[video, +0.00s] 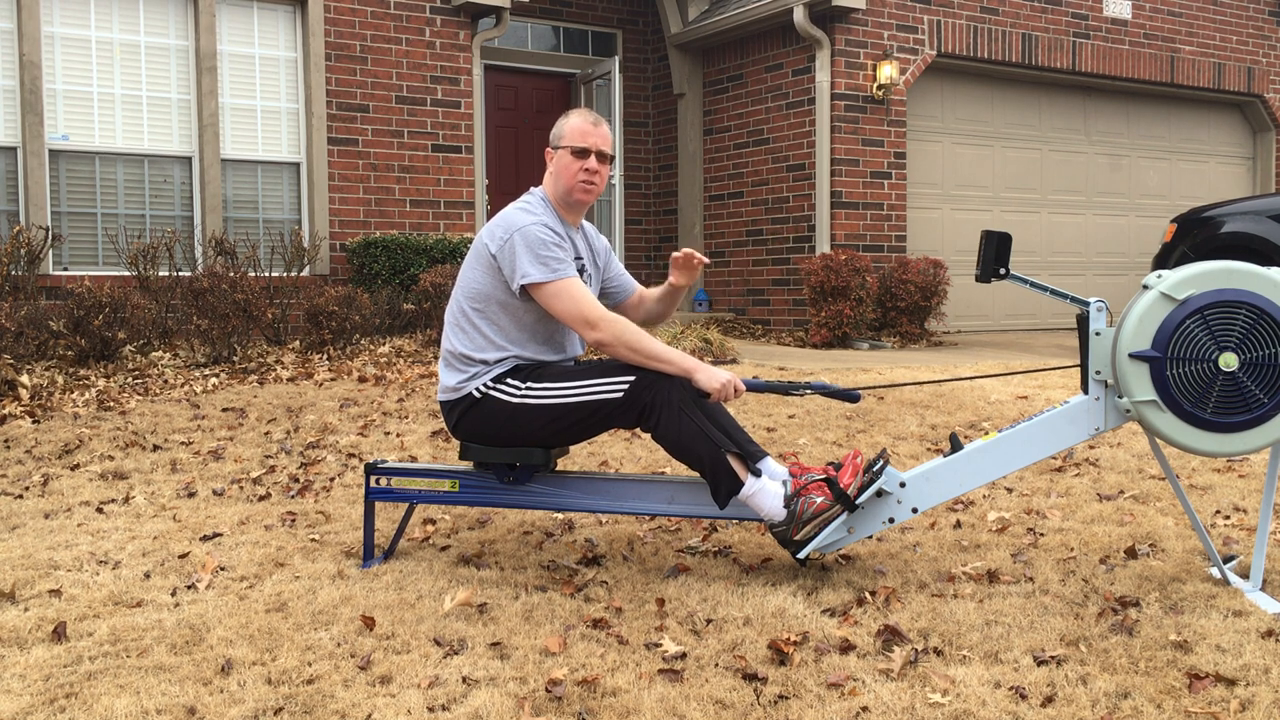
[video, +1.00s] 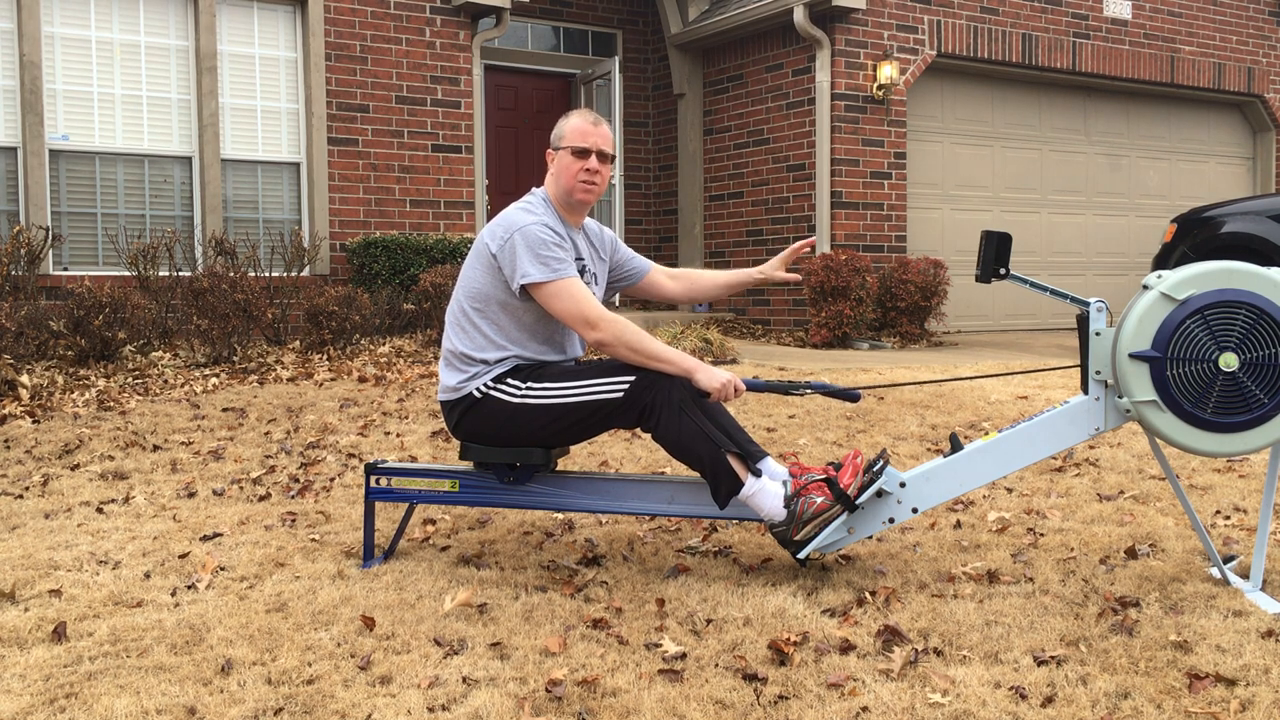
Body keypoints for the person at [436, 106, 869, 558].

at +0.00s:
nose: (593, 167)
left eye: (603, 159)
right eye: (580, 154)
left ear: (610, 171)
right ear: (549, 158)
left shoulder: (586, 236)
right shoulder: (525, 225)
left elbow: (642, 311)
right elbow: (593, 327)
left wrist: (675, 287)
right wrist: (699, 371)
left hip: (539, 376)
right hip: (487, 390)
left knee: (675, 378)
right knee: (650, 388)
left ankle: (787, 483)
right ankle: (776, 509)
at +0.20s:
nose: (595, 168)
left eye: (605, 160)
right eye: (582, 154)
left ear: (611, 171)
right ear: (551, 158)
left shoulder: (586, 234)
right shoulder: (526, 226)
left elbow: (645, 324)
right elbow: (593, 327)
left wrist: (635, 269)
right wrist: (699, 370)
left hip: (538, 376)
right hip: (487, 390)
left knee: (674, 378)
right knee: (650, 388)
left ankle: (788, 484)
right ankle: (776, 510)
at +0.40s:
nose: (596, 170)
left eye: (607, 162)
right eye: (584, 155)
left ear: (612, 173)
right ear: (552, 158)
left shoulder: (588, 237)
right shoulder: (526, 226)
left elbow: (648, 328)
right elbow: (594, 329)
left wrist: (637, 288)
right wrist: (699, 370)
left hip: (539, 376)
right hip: (486, 389)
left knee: (674, 378)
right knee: (650, 388)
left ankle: (787, 484)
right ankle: (775, 510)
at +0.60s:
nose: (596, 170)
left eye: (607, 162)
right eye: (584, 155)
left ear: (613, 173)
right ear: (553, 159)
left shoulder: (588, 236)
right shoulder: (525, 227)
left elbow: (647, 296)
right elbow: (595, 330)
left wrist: (673, 302)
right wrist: (699, 371)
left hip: (539, 377)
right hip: (486, 391)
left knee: (675, 379)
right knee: (650, 388)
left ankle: (785, 484)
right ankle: (776, 509)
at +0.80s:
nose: (594, 168)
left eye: (605, 160)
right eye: (582, 154)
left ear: (612, 172)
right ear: (551, 159)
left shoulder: (594, 238)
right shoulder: (526, 227)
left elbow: (662, 291)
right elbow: (597, 330)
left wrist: (743, 294)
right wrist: (699, 371)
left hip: (540, 377)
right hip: (487, 391)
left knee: (676, 379)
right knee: (651, 388)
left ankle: (786, 485)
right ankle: (775, 509)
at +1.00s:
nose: (593, 167)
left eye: (604, 159)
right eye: (580, 154)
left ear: (611, 171)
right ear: (550, 159)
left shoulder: (594, 236)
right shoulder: (525, 227)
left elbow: (670, 285)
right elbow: (596, 328)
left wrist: (759, 275)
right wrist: (699, 370)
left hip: (542, 376)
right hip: (487, 391)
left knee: (677, 378)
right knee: (651, 388)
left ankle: (786, 483)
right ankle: (775, 509)